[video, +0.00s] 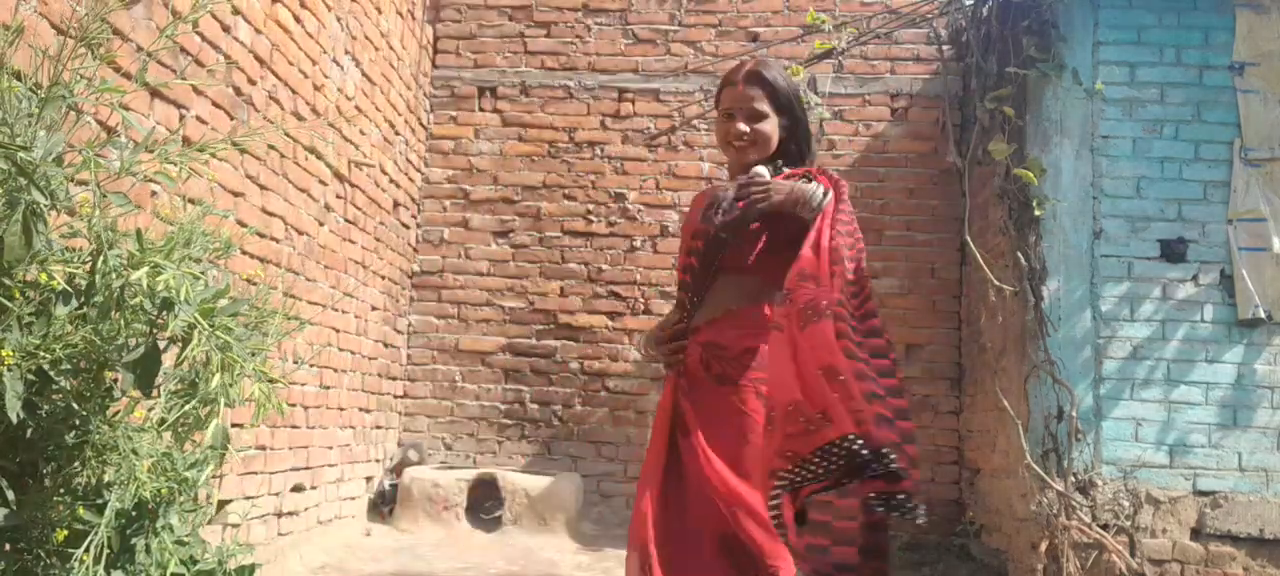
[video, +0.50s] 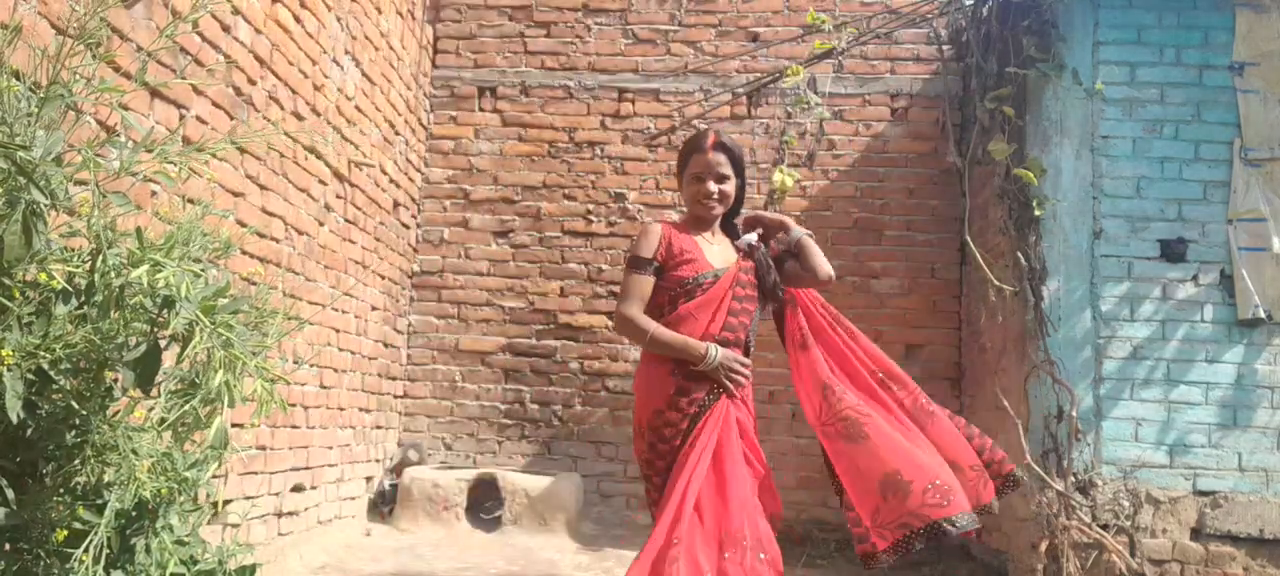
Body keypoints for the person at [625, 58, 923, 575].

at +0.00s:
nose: (739, 129)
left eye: (756, 116)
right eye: (727, 116)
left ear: (787, 125)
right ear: (715, 124)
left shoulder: (815, 191)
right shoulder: (708, 202)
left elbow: (845, 289)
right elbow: (693, 302)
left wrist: (812, 201)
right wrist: (661, 339)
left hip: (767, 377)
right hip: (697, 377)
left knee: (751, 525)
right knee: (682, 523)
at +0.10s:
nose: (734, 137)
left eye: (749, 127)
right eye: (725, 125)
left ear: (777, 137)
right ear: (708, 133)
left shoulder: (788, 204)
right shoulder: (683, 209)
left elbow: (831, 301)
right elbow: (657, 294)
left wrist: (842, 224)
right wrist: (648, 332)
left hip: (757, 381)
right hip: (687, 379)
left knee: (755, 534)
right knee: (678, 529)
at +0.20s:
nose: (728, 155)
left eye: (741, 144)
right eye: (716, 143)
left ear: (765, 153)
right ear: (699, 148)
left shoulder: (777, 223)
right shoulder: (668, 220)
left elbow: (812, 311)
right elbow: (630, 304)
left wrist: (837, 241)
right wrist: (652, 334)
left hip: (755, 389)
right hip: (683, 388)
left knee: (756, 539)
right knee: (681, 534)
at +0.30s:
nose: (719, 174)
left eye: (732, 164)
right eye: (709, 161)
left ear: (752, 174)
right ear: (691, 165)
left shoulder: (758, 241)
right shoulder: (662, 228)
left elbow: (807, 313)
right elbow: (615, 311)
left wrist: (820, 244)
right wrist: (670, 346)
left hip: (747, 389)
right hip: (679, 388)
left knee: (747, 529)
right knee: (683, 526)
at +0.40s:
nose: (714, 184)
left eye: (726, 175)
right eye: (703, 172)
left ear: (743, 182)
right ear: (684, 176)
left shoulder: (752, 251)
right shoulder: (659, 233)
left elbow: (813, 305)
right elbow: (620, 316)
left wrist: (805, 240)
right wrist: (686, 355)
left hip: (738, 393)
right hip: (673, 392)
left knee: (736, 520)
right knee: (676, 519)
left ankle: (735, 575)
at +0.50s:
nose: (709, 189)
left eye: (721, 178)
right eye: (697, 177)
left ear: (737, 186)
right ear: (679, 181)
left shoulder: (745, 250)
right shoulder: (659, 236)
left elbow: (821, 275)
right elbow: (626, 315)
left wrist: (788, 227)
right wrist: (701, 353)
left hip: (729, 391)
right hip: (670, 391)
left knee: (729, 512)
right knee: (679, 518)